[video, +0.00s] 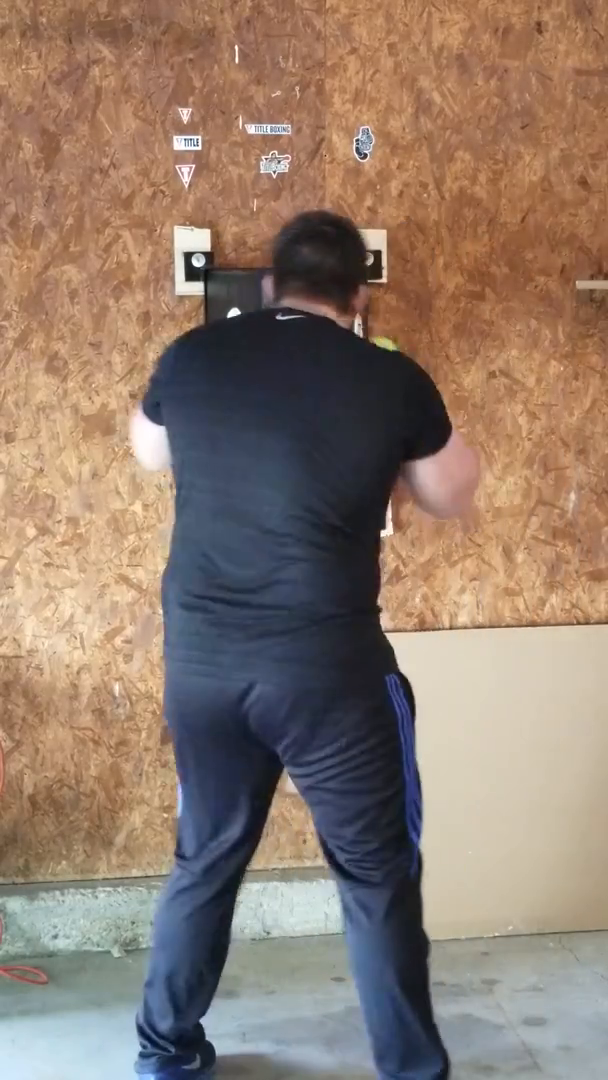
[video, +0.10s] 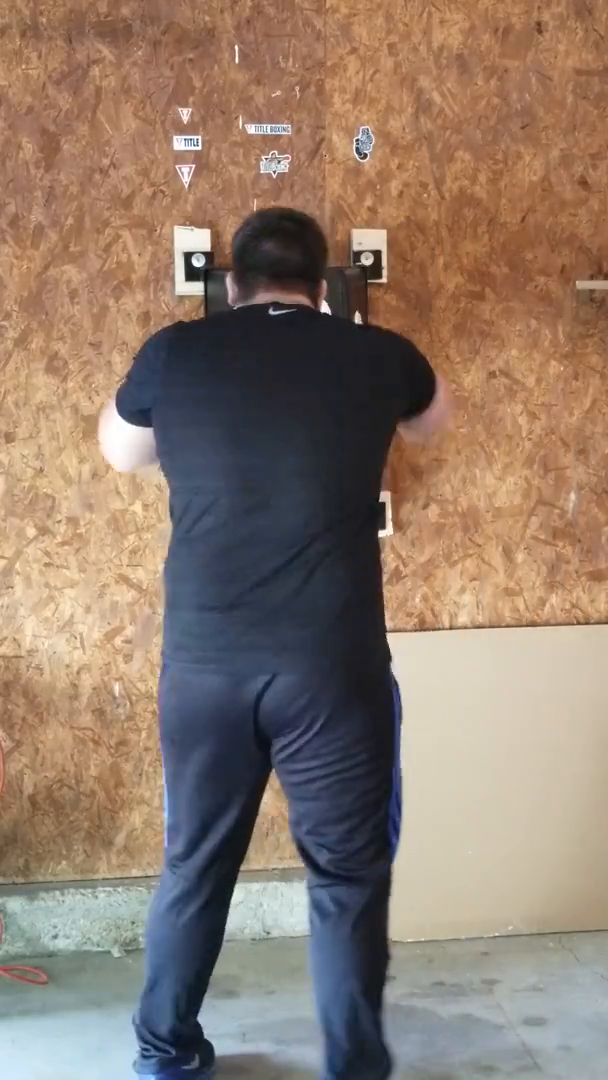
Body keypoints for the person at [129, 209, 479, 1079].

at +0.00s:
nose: (360, 309)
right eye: (361, 296)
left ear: (267, 285)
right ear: (358, 298)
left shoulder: (192, 355)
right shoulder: (389, 378)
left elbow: (150, 452)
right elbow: (450, 496)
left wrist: (245, 427)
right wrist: (375, 461)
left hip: (199, 668)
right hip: (324, 668)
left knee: (203, 858)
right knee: (375, 873)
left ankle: (165, 1051)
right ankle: (412, 1065)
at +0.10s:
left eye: (242, 280)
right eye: (308, 282)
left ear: (230, 284)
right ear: (321, 286)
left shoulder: (173, 352)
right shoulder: (377, 355)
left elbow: (121, 448)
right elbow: (433, 419)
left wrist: (209, 419)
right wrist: (348, 341)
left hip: (201, 659)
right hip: (326, 659)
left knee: (192, 862)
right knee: (346, 874)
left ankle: (164, 1052)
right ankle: (355, 1065)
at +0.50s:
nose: (360, 306)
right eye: (360, 293)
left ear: (259, 291)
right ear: (350, 300)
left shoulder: (183, 363)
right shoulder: (390, 383)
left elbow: (123, 464)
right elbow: (425, 509)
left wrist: (211, 425)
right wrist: (347, 458)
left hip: (197, 678)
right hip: (320, 685)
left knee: (190, 842)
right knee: (320, 903)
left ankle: (147, 1037)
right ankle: (326, 1069)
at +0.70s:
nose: (340, 296)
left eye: (336, 282)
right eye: (339, 283)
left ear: (238, 279)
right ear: (323, 291)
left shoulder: (176, 349)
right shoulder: (324, 380)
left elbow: (224, 459)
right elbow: (396, 503)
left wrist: (343, 487)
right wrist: (376, 423)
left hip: (154, 672)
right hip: (268, 681)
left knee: (173, 845)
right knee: (329, 890)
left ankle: (108, 1042)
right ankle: (326, 1069)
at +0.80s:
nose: (304, 299)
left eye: (304, 287)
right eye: (303, 287)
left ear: (206, 281)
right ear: (293, 293)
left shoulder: (140, 354)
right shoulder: (294, 387)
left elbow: (201, 449)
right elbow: (369, 513)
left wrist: (288, 379)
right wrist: (357, 415)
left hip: (133, 673)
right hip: (249, 678)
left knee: (155, 848)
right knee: (328, 869)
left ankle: (103, 1043)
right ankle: (333, 1063)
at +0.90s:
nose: (260, 290)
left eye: (248, 276)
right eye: (259, 279)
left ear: (165, 281)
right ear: (248, 284)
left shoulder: (95, 354)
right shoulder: (281, 362)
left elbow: (70, 454)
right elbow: (385, 464)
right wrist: (351, 389)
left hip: (118, 665)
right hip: (238, 662)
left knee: (128, 855)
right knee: (282, 867)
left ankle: (100, 1046)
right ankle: (312, 1063)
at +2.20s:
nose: (229, 310)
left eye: (228, 299)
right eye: (230, 299)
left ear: (140, 280)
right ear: (216, 296)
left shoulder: (44, 349)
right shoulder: (205, 361)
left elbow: (2, 425)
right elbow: (285, 467)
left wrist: (77, 394)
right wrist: (253, 377)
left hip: (58, 637)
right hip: (155, 640)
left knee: (104, 808)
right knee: (203, 838)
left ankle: (63, 1004)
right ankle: (204, 1048)